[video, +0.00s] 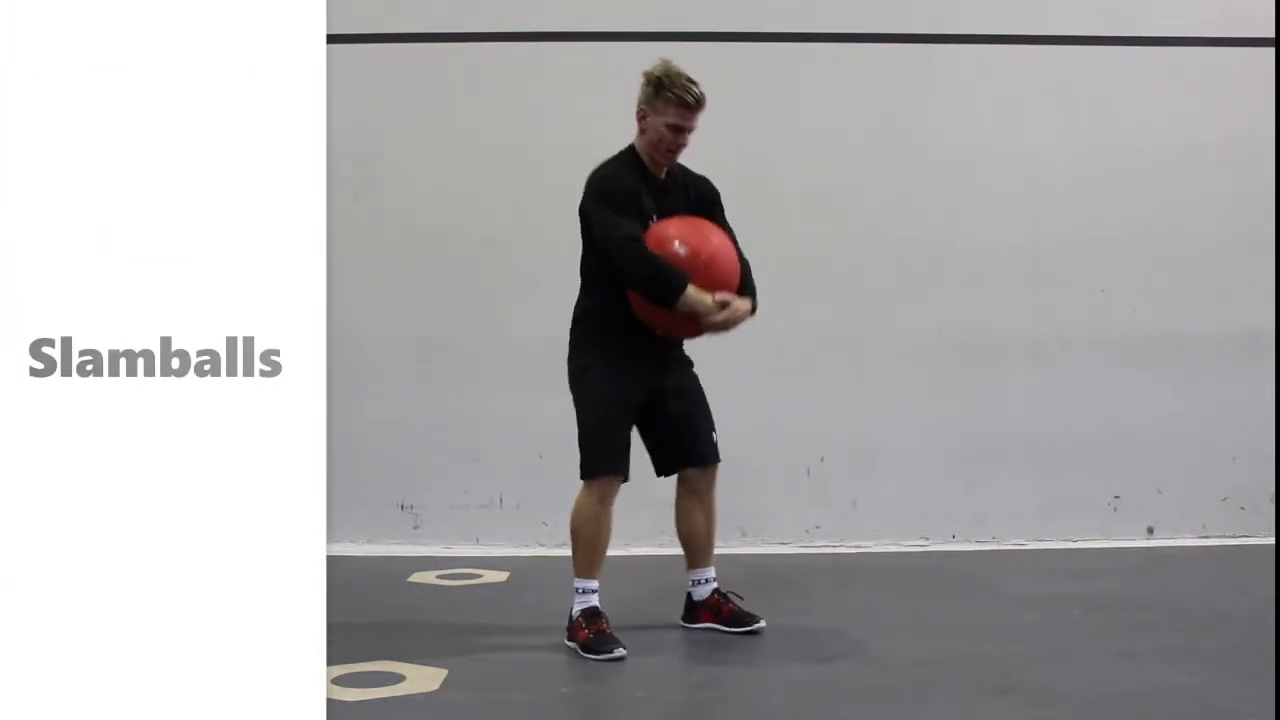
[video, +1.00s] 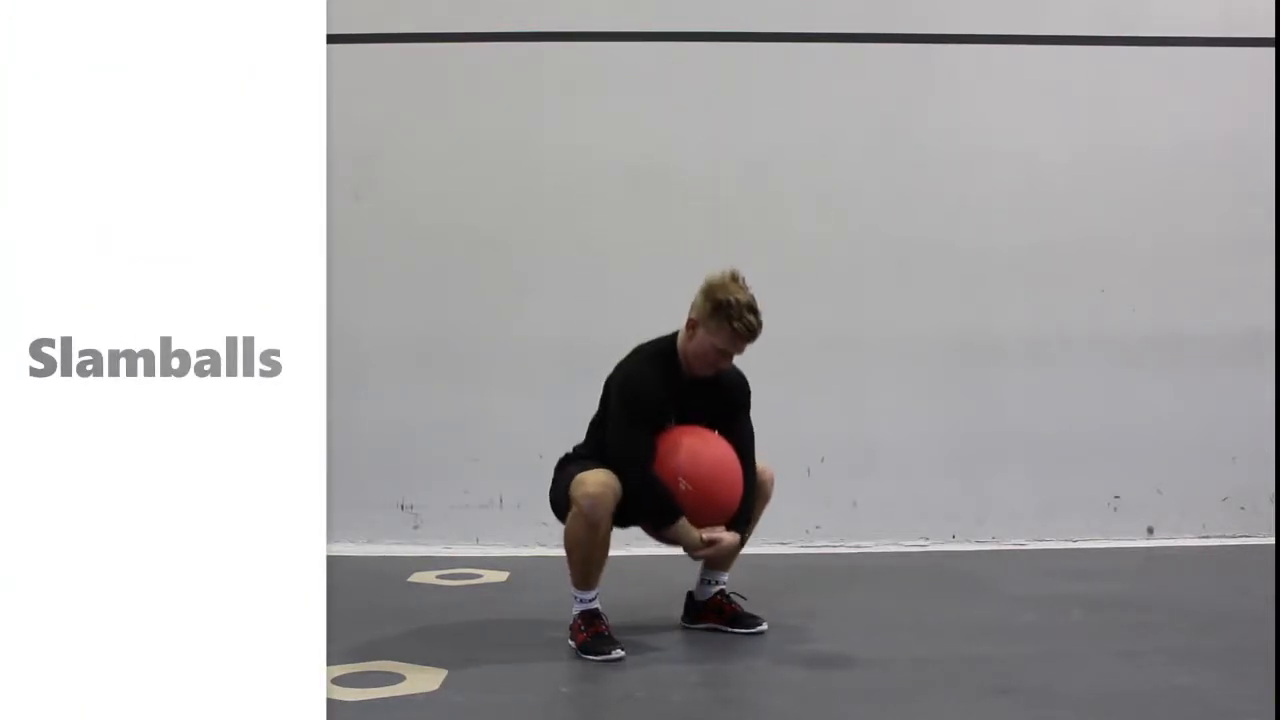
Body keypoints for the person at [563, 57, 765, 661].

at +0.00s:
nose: (681, 142)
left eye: (689, 131)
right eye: (672, 129)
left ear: (696, 127)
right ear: (641, 118)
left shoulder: (699, 191)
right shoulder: (607, 184)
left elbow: (735, 263)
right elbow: (629, 259)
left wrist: (743, 303)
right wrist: (703, 302)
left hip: (664, 347)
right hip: (603, 348)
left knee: (700, 462)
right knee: (604, 474)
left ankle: (703, 597)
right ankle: (585, 611)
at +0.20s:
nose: (700, 185)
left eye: (708, 176)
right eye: (693, 172)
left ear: (715, 170)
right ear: (664, 154)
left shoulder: (711, 229)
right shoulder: (619, 216)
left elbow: (731, 308)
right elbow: (622, 303)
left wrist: (732, 356)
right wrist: (681, 356)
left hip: (657, 368)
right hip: (594, 362)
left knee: (716, 465)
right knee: (600, 474)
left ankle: (704, 596)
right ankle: (583, 612)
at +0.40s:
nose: (716, 250)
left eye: (724, 242)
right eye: (710, 238)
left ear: (734, 232)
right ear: (682, 214)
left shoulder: (720, 283)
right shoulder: (630, 268)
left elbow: (731, 363)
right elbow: (622, 365)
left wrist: (726, 421)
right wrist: (675, 419)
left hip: (652, 400)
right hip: (588, 391)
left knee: (739, 471)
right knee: (598, 483)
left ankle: (705, 596)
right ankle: (584, 613)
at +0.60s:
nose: (724, 314)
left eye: (733, 305)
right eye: (717, 302)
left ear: (742, 297)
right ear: (689, 277)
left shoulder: (727, 340)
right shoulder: (635, 326)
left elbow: (735, 422)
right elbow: (624, 424)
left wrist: (724, 479)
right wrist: (676, 482)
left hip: (657, 444)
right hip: (589, 433)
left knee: (754, 477)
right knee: (593, 489)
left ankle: (706, 598)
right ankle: (584, 615)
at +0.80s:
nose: (727, 362)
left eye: (734, 353)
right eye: (720, 350)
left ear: (743, 343)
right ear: (691, 325)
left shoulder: (731, 385)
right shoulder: (638, 370)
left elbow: (740, 467)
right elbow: (626, 468)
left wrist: (733, 534)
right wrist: (679, 531)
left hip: (677, 484)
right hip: (608, 476)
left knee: (759, 478)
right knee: (591, 489)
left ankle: (706, 598)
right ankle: (586, 615)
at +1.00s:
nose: (728, 363)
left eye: (735, 355)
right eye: (721, 351)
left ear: (744, 345)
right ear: (691, 327)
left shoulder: (732, 387)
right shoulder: (639, 373)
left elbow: (744, 468)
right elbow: (630, 472)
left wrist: (737, 533)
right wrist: (685, 535)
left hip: (674, 485)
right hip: (604, 475)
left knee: (759, 480)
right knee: (596, 490)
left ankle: (706, 599)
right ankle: (587, 614)